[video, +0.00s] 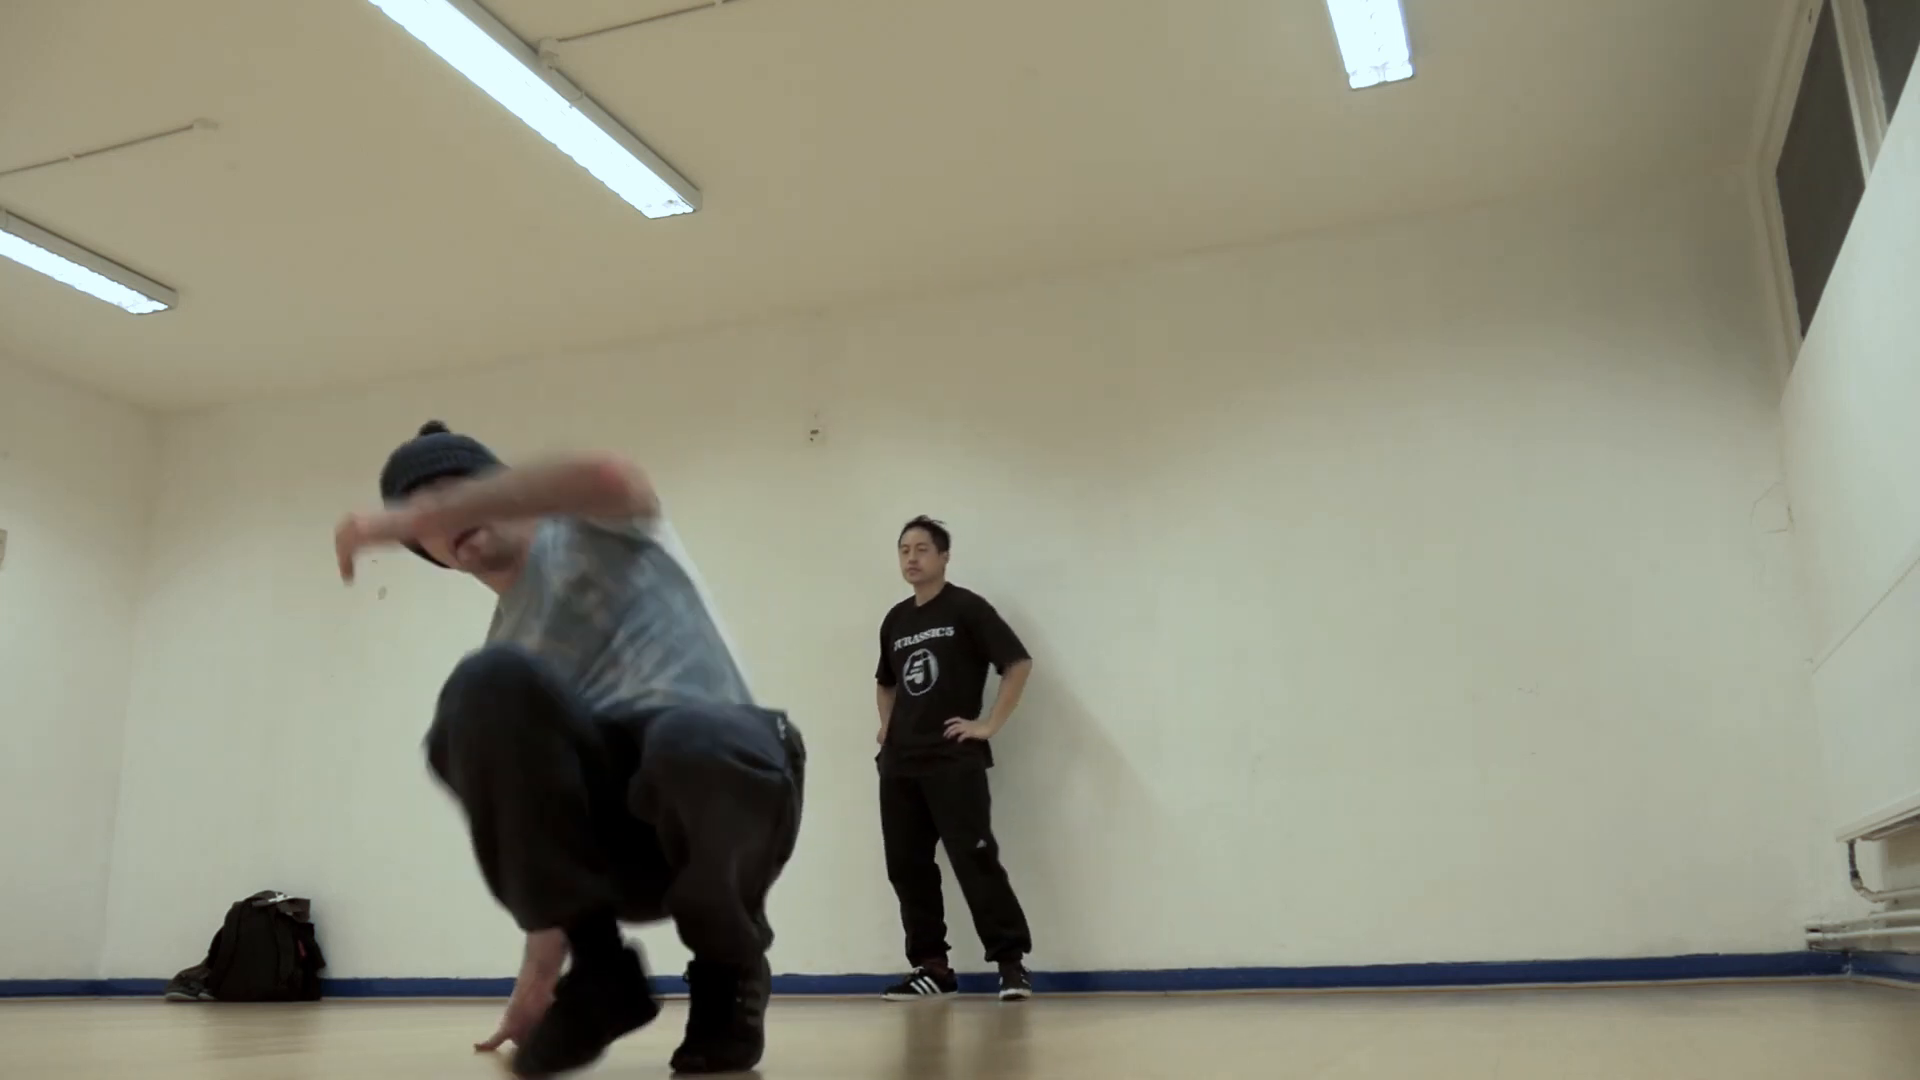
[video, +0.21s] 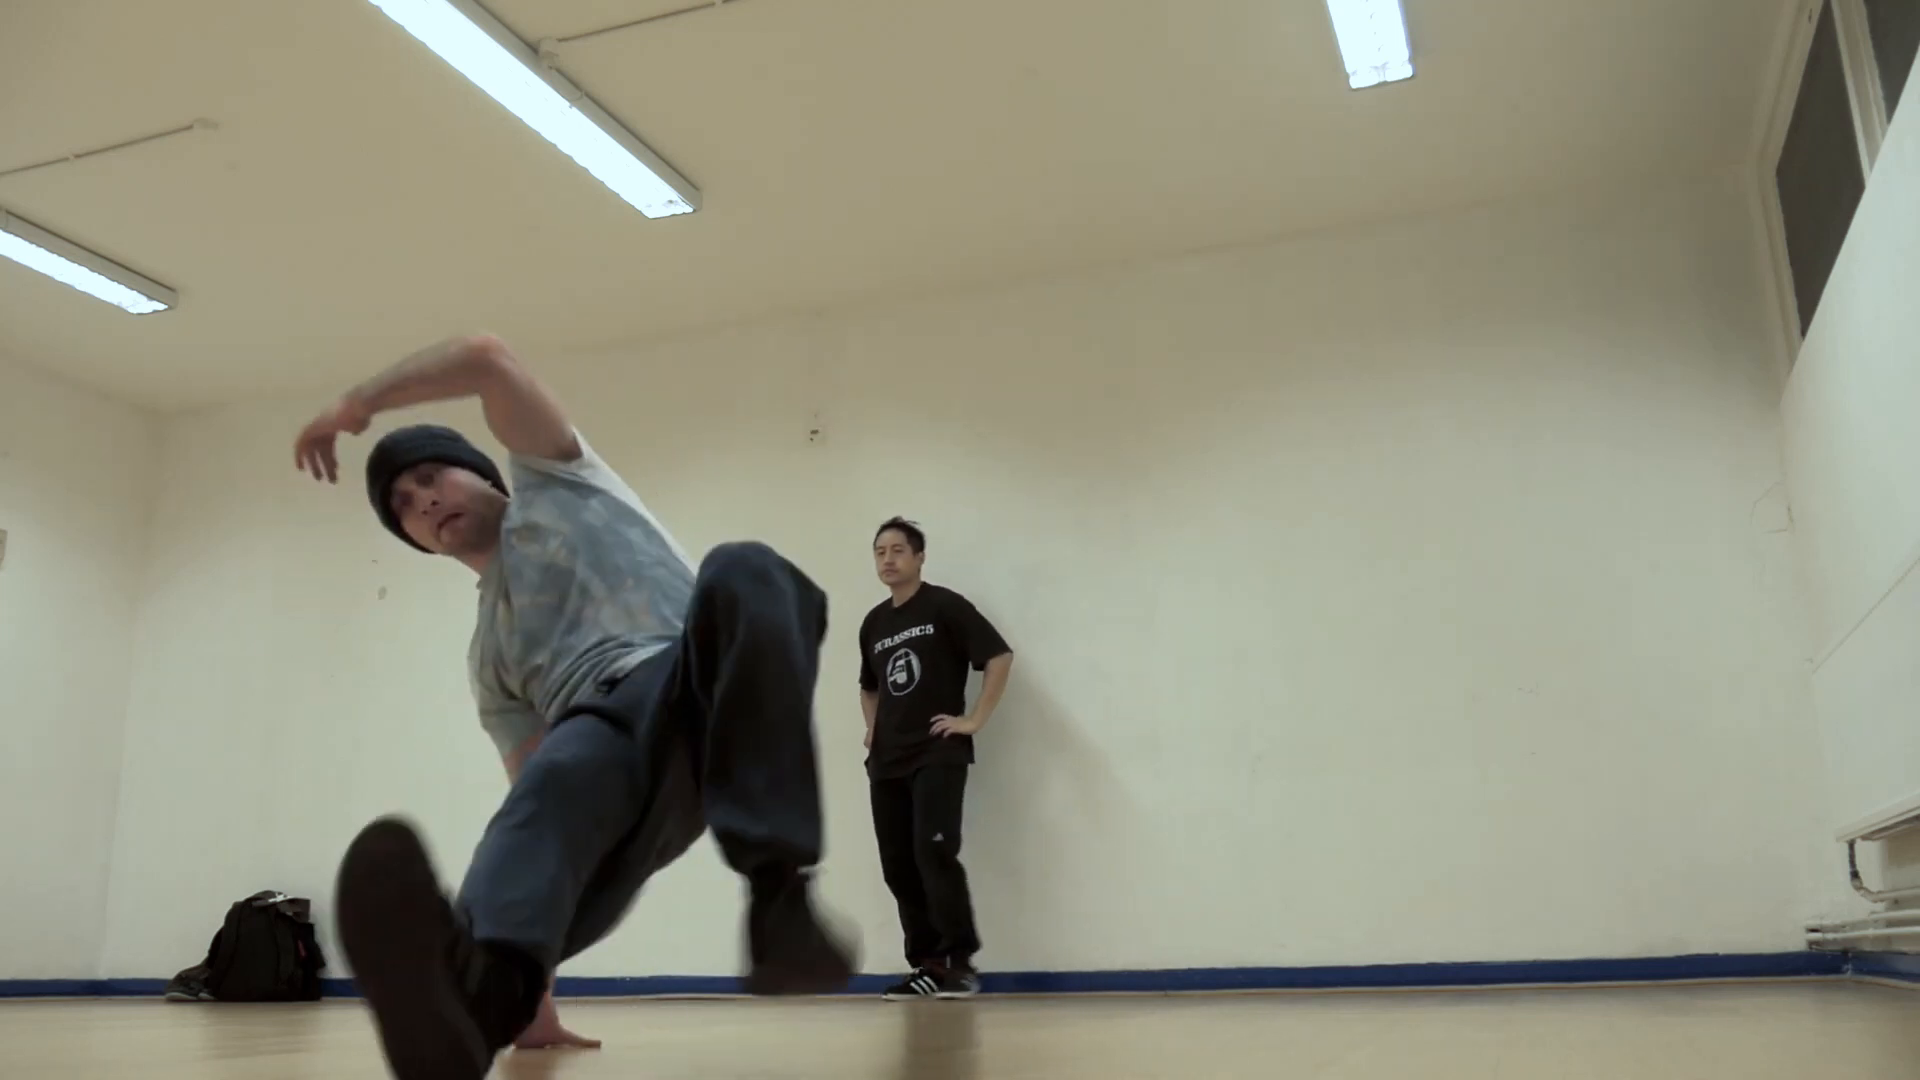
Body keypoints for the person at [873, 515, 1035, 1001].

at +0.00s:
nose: (911, 557)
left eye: (921, 549)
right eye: (905, 550)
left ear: (943, 557)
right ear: (899, 560)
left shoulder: (968, 609)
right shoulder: (896, 621)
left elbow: (1018, 664)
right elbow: (887, 681)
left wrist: (990, 724)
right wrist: (886, 723)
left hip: (955, 758)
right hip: (900, 762)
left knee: (974, 859)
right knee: (908, 868)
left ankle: (1011, 966)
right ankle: (932, 969)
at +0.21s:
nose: (888, 559)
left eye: (898, 550)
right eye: (881, 552)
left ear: (919, 557)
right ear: (875, 561)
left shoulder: (945, 606)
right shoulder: (874, 623)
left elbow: (1000, 657)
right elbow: (870, 686)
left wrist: (976, 719)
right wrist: (872, 729)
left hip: (938, 750)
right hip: (888, 758)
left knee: (935, 852)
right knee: (898, 866)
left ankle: (959, 966)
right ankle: (929, 969)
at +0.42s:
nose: (869, 560)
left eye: (878, 551)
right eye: (861, 553)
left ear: (899, 558)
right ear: (855, 564)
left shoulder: (930, 605)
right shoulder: (853, 626)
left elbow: (986, 654)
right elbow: (847, 688)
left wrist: (965, 719)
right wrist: (860, 733)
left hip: (927, 750)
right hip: (877, 758)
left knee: (903, 854)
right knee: (897, 863)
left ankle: (901, 971)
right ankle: (934, 968)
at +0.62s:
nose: (853, 557)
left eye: (863, 549)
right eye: (846, 550)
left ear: (885, 556)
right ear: (840, 560)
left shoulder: (913, 607)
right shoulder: (836, 623)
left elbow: (966, 660)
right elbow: (834, 690)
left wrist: (939, 722)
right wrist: (844, 738)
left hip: (907, 751)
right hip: (858, 755)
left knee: (883, 856)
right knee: (888, 858)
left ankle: (857, 969)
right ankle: (933, 967)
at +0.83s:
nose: (834, 550)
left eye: (844, 542)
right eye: (827, 542)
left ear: (866, 550)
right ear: (821, 552)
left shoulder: (889, 601)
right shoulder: (818, 615)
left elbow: (940, 657)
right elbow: (814, 682)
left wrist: (909, 717)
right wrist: (823, 730)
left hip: (879, 745)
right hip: (832, 749)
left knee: (860, 854)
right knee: (858, 859)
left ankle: (847, 971)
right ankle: (924, 957)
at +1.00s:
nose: (817, 547)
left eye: (828, 539)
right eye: (810, 539)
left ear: (850, 546)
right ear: (804, 547)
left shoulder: (871, 598)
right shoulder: (803, 610)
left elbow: (921, 653)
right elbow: (803, 682)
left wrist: (890, 715)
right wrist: (807, 731)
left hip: (860, 746)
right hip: (814, 750)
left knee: (849, 856)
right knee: (802, 863)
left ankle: (849, 970)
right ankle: (887, 934)